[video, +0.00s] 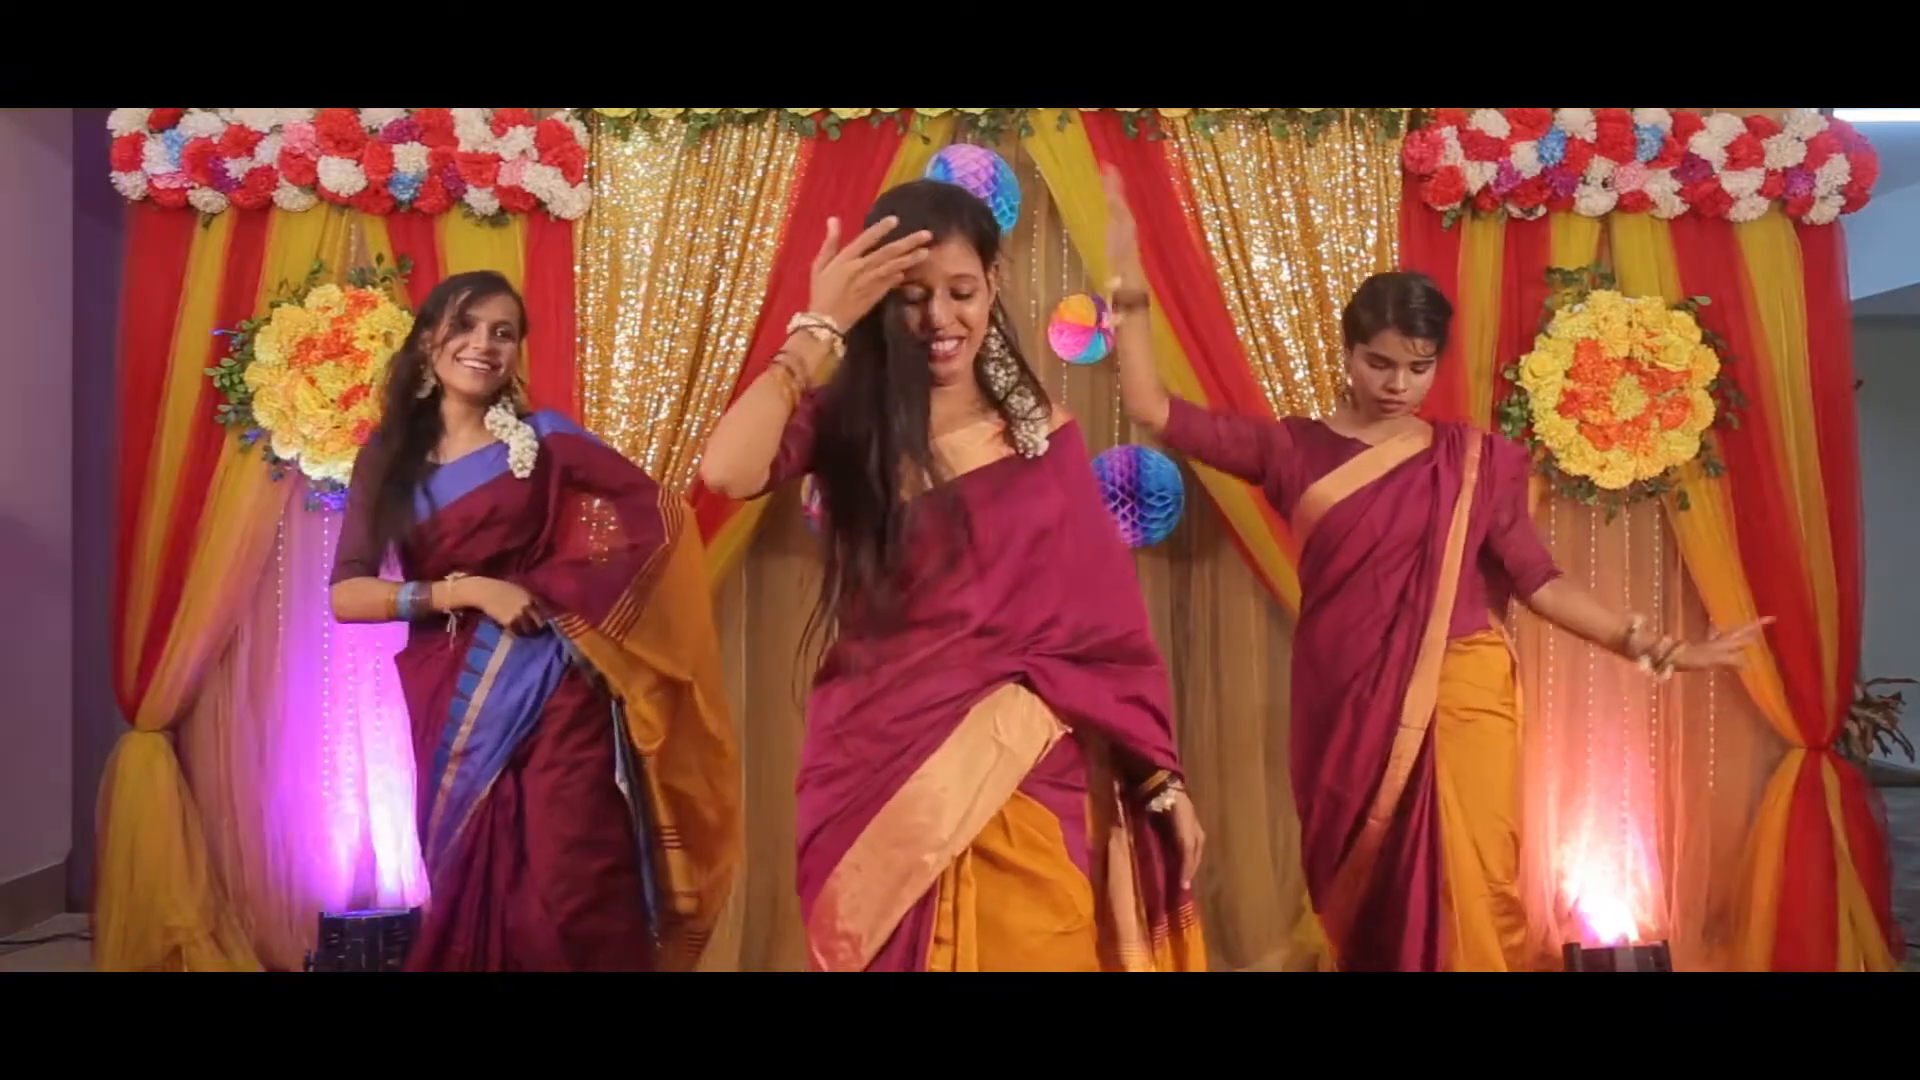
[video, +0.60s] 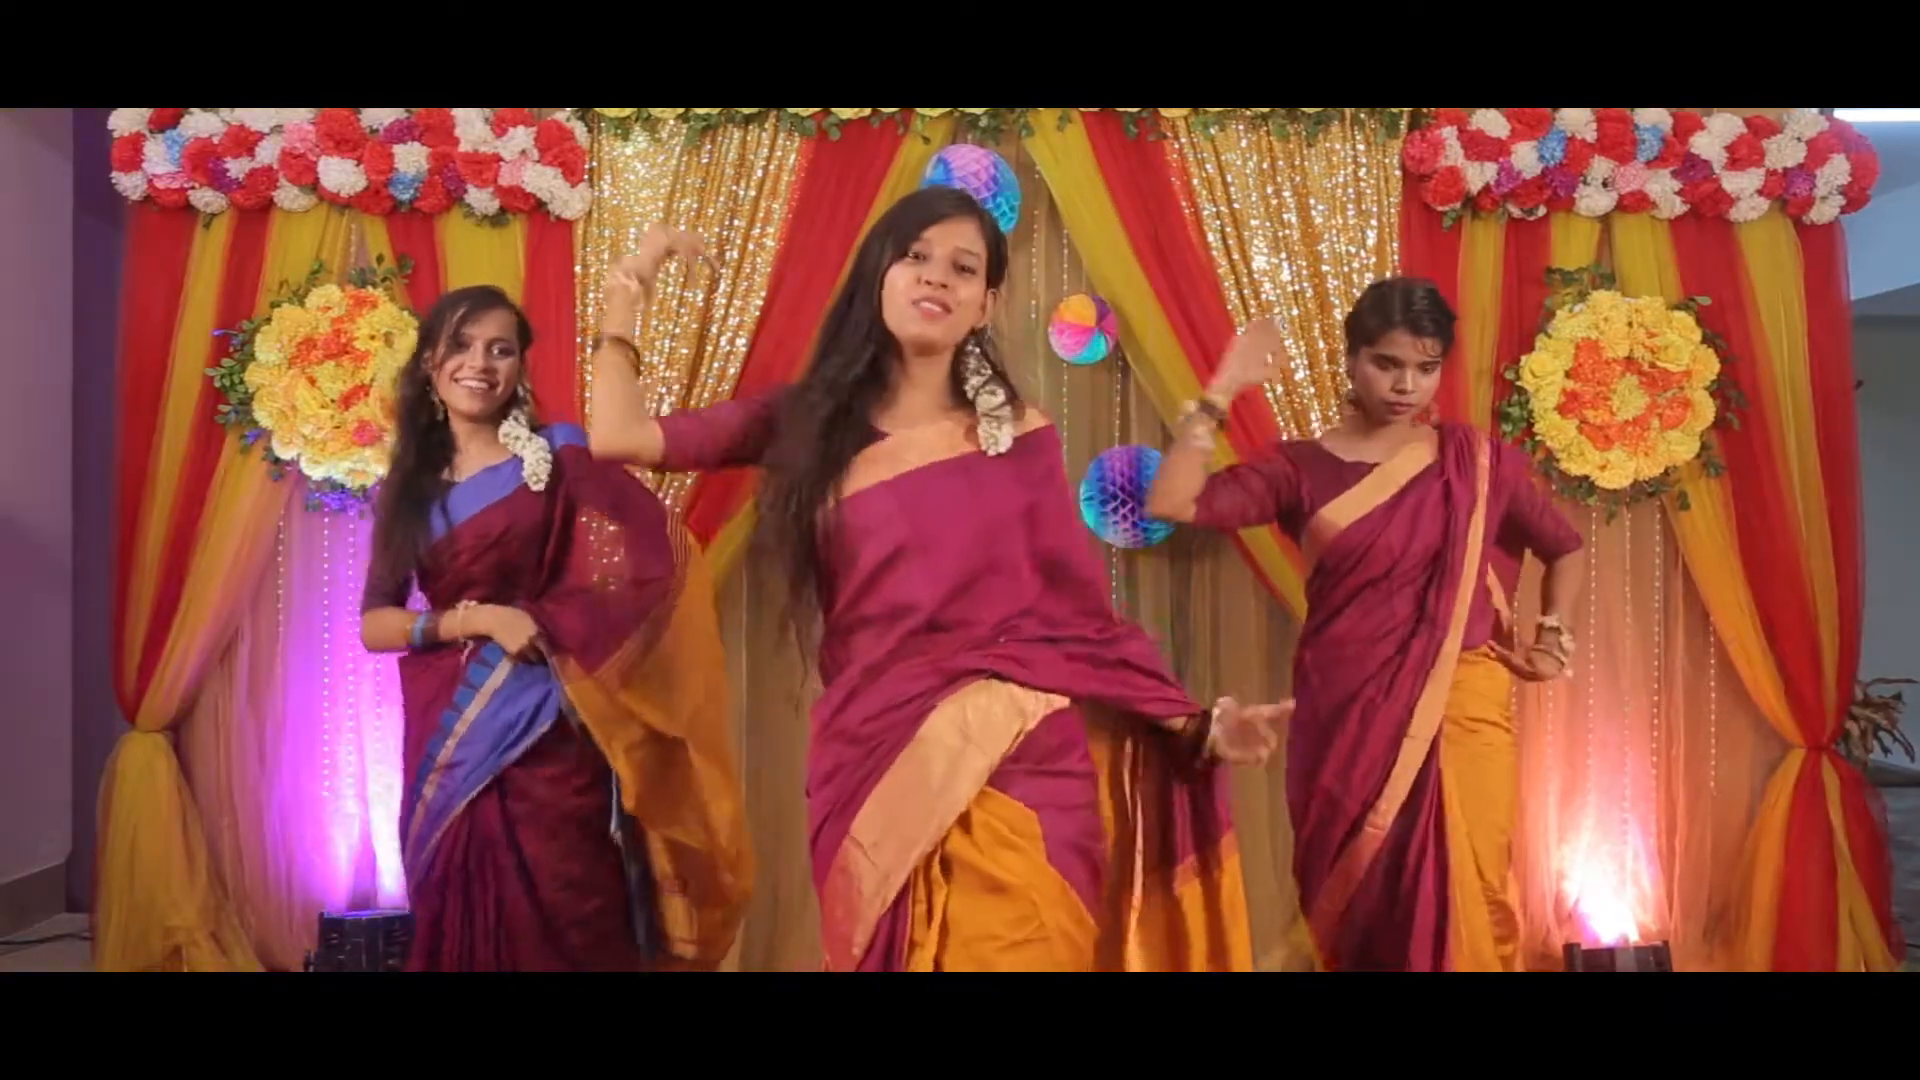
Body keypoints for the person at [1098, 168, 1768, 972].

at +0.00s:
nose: (1398, 385)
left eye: (1417, 367)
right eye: (1380, 363)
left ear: (1439, 364)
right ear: (1345, 354)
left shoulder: (1476, 459)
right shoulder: (1292, 447)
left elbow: (1541, 583)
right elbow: (1153, 411)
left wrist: (1641, 642)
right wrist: (1127, 316)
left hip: (1466, 691)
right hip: (1350, 702)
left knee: (1471, 895)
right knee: (1362, 902)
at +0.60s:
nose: (1406, 385)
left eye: (1424, 367)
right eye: (1387, 364)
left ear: (1443, 366)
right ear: (1350, 363)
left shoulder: (1475, 457)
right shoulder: (1304, 466)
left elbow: (1566, 546)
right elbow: (1171, 499)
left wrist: (1555, 637)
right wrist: (1221, 392)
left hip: (1469, 698)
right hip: (1350, 706)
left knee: (1469, 896)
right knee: (1352, 905)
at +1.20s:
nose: (1411, 356)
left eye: (1430, 340)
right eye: (1392, 336)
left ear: (1451, 346)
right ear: (1360, 337)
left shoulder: (1493, 440)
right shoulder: (1321, 447)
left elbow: (1564, 542)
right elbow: (1243, 541)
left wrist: (1561, 630)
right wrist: (1280, 426)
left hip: (1480, 693)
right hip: (1363, 702)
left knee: (1488, 901)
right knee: (1366, 910)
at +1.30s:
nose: (1411, 352)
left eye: (1430, 335)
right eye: (1392, 332)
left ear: (1451, 343)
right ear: (1361, 336)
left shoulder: (1492, 440)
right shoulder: (1315, 444)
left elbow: (1564, 550)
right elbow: (1257, 580)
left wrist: (1569, 639)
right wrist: (1284, 520)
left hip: (1483, 691)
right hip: (1364, 700)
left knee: (1492, 904)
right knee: (1370, 907)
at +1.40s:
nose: (1412, 357)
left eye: (1431, 341)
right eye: (1394, 338)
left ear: (1451, 350)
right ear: (1360, 344)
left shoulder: (1497, 447)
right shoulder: (1312, 465)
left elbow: (1545, 580)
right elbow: (1289, 615)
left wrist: (1578, 678)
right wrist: (1331, 614)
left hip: (1480, 705)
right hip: (1365, 717)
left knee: (1488, 913)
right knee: (1370, 919)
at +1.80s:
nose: (1417, 342)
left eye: (1436, 327)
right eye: (1398, 323)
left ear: (1452, 342)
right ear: (1361, 333)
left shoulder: (1485, 449)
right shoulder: (1317, 445)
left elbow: (1515, 597)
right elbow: (1307, 575)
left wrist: (1589, 706)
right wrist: (1341, 518)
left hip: (1491, 694)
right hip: (1379, 702)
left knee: (1513, 900)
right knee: (1390, 904)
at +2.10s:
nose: (1420, 354)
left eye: (1435, 337)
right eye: (1398, 337)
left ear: (1455, 353)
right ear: (1361, 352)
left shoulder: (1461, 465)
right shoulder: (1328, 434)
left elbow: (1502, 609)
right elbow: (1344, 552)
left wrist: (1639, 594)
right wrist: (1431, 496)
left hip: (1472, 711)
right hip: (1371, 713)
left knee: (1498, 905)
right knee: (1387, 913)